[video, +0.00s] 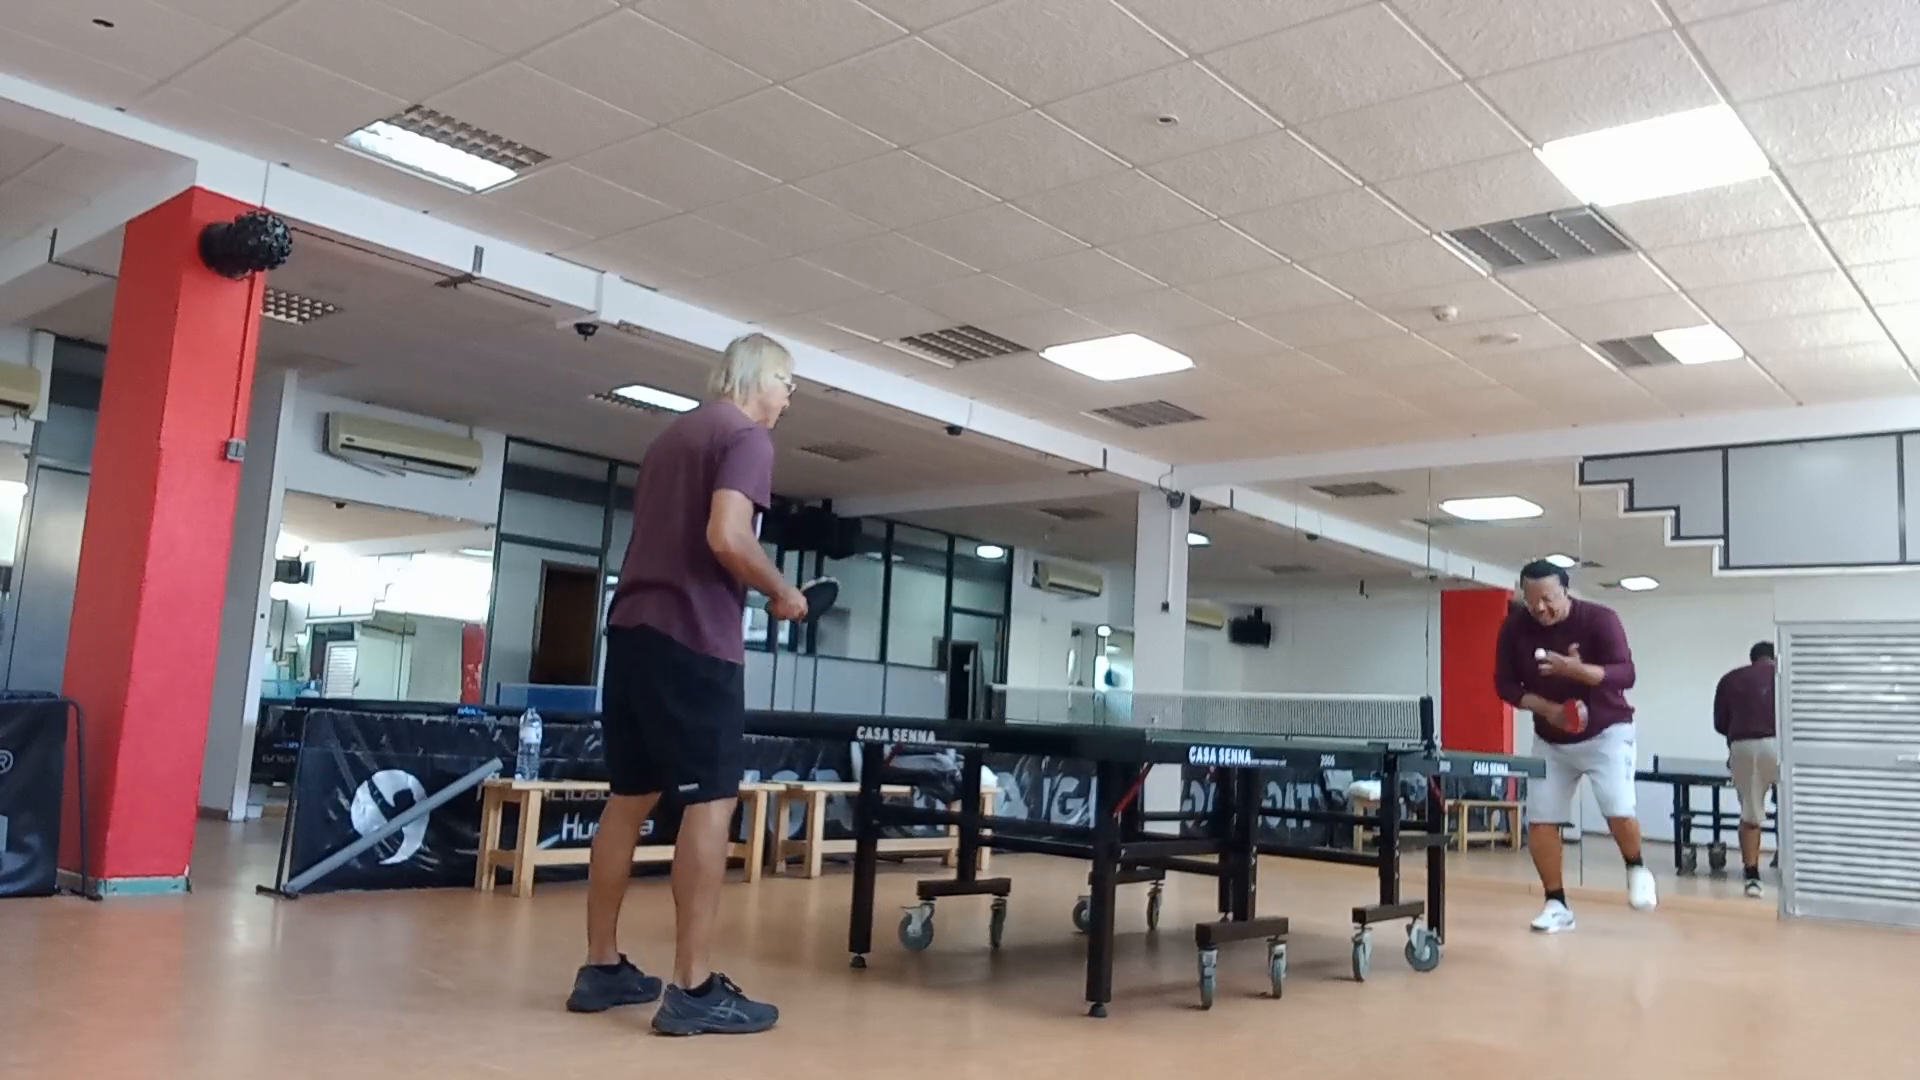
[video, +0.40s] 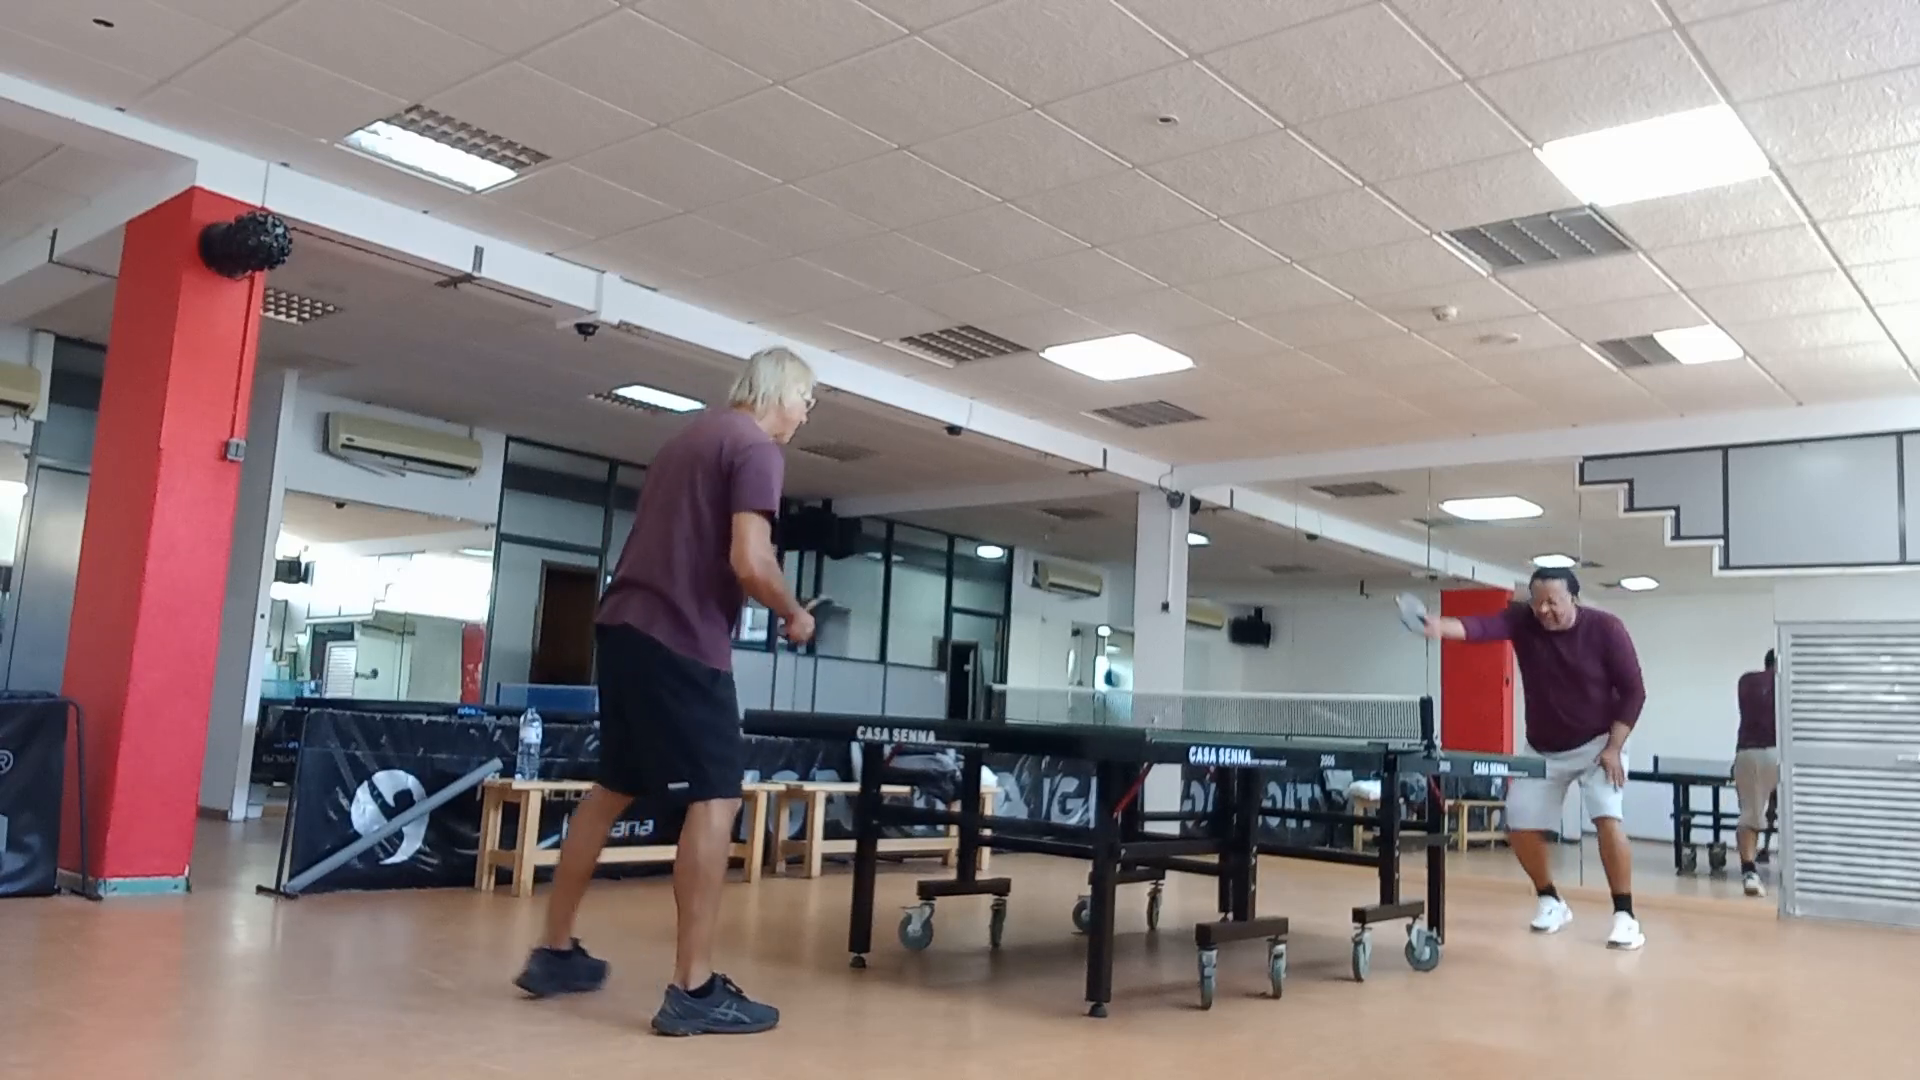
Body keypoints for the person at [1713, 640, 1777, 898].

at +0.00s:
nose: (1772, 663)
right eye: (1773, 658)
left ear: (1751, 658)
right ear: (1774, 658)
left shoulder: (1730, 678)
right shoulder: (1783, 675)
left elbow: (1720, 723)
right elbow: (1793, 713)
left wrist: (1742, 733)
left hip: (1741, 745)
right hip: (1776, 744)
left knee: (1750, 814)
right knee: (1791, 805)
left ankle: (1751, 876)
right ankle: (1785, 859)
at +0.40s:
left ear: (1765, 663)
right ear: (1782, 665)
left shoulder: (1747, 680)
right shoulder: (1788, 683)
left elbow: (1746, 714)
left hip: (1746, 751)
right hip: (1776, 750)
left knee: (1749, 814)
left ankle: (1749, 870)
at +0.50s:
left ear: (1769, 656)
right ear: (1787, 660)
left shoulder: (1752, 673)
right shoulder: (1794, 681)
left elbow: (1735, 694)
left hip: (1751, 748)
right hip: (1783, 748)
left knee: (1740, 811)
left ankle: (1736, 865)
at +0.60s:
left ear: (1766, 652)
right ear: (1786, 654)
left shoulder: (1748, 671)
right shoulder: (1793, 677)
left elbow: (1729, 698)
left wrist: (1747, 687)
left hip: (1749, 748)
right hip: (1782, 748)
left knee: (1732, 811)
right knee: (1796, 812)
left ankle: (1714, 870)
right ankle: (1801, 872)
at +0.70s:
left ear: (1760, 652)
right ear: (1781, 653)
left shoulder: (1742, 672)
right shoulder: (1791, 675)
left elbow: (1723, 699)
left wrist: (1722, 712)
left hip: (1745, 749)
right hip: (1781, 750)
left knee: (1726, 812)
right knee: (1798, 812)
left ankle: (1709, 871)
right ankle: (1800, 872)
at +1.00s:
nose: (1763, 662)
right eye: (1764, 658)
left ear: (1739, 657)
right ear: (1766, 657)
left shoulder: (1723, 680)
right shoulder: (1780, 677)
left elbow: (1705, 722)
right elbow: (1797, 710)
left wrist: (1709, 750)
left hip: (1745, 753)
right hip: (1783, 751)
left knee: (1722, 815)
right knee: (1799, 813)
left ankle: (1709, 872)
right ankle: (1804, 873)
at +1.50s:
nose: (1772, 663)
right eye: (1775, 658)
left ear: (1755, 657)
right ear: (1776, 658)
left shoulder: (1737, 679)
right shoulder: (1783, 677)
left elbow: (1742, 714)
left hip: (1744, 752)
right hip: (1779, 750)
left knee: (1730, 816)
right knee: (1800, 815)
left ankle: (1706, 870)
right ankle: (1804, 874)